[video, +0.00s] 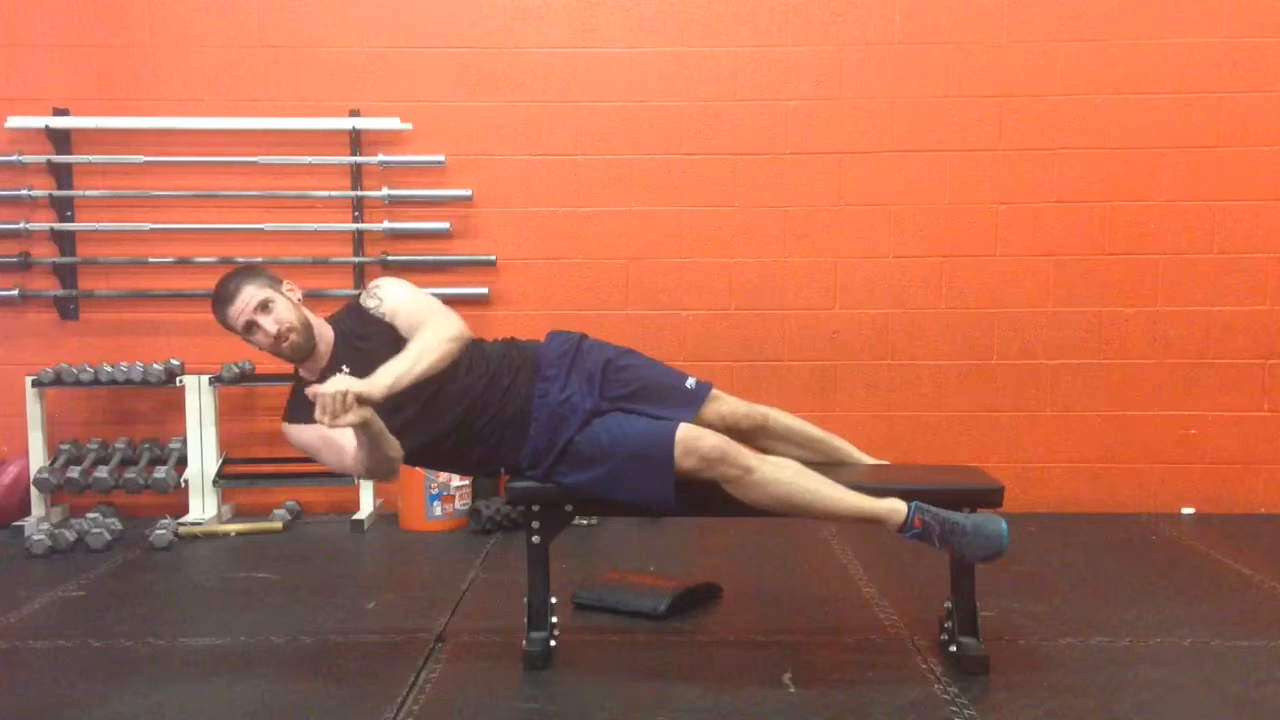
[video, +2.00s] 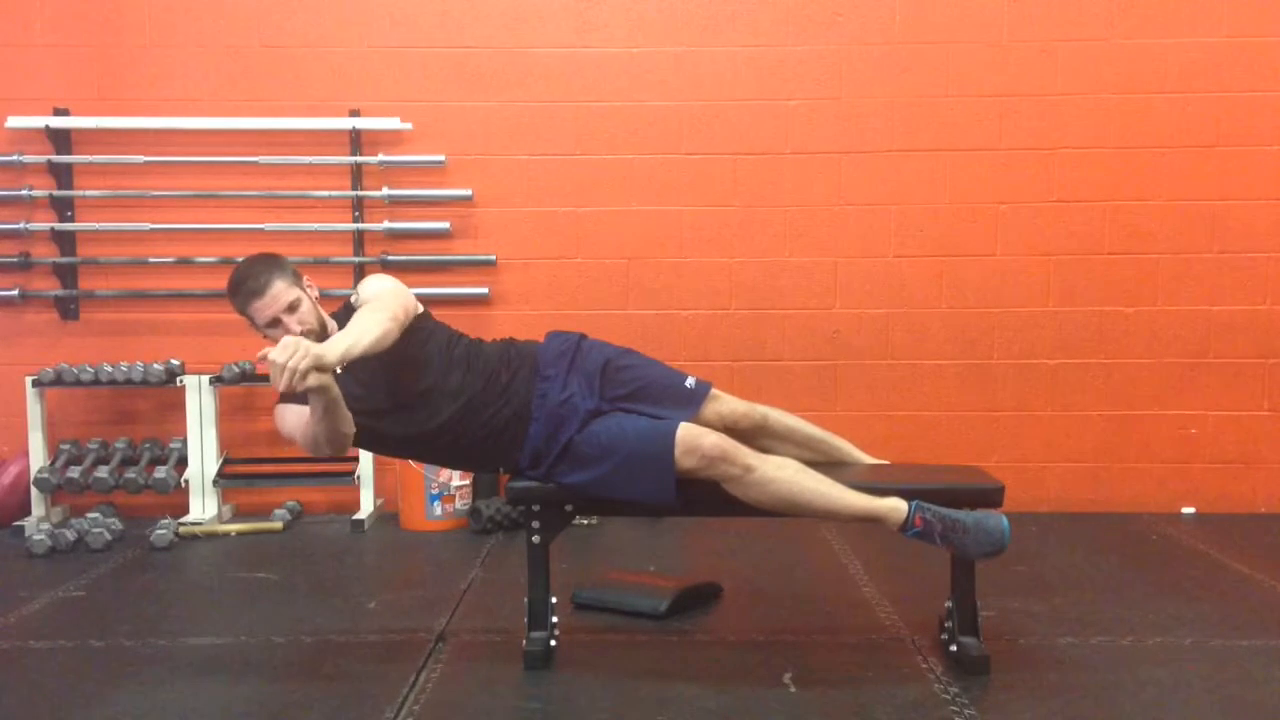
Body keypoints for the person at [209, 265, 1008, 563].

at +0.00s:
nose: (268, 329)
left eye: (266, 309)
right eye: (250, 331)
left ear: (290, 291)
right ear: (249, 349)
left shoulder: (372, 297)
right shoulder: (306, 417)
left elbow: (449, 334)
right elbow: (388, 470)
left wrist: (373, 388)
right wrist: (357, 421)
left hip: (565, 368)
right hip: (545, 451)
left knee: (740, 416)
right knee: (709, 453)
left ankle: (912, 495)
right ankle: (914, 520)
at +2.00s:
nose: (290, 326)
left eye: (290, 308)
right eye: (271, 325)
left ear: (313, 286)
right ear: (261, 339)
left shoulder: (373, 295)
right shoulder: (307, 402)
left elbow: (389, 322)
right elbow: (333, 447)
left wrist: (329, 354)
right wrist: (305, 391)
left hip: (567, 366)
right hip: (546, 449)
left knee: (737, 416)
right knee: (709, 454)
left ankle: (908, 491)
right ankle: (911, 519)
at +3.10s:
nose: (308, 305)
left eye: (309, 287)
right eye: (287, 303)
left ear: (324, 274)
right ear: (268, 318)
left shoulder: (376, 291)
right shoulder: (306, 399)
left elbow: (469, 315)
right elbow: (384, 452)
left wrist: (406, 362)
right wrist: (403, 374)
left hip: (566, 363)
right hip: (541, 442)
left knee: (739, 416)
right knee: (720, 461)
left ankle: (900, 483)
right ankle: (906, 520)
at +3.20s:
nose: (325, 295)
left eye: (327, 277)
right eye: (302, 294)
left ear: (339, 263)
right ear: (279, 307)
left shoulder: (393, 287)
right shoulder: (312, 392)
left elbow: (520, 333)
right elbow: (396, 450)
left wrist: (475, 393)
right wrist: (476, 379)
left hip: (582, 364)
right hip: (547, 443)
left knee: (748, 418)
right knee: (721, 465)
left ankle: (904, 487)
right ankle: (911, 523)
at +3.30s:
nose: (359, 265)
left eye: (361, 247)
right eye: (338, 259)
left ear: (368, 238)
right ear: (302, 271)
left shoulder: (414, 276)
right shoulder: (319, 375)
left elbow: (535, 297)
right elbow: (419, 435)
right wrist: (512, 410)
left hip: (580, 365)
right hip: (543, 444)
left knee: (748, 416)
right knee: (717, 460)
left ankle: (892, 480)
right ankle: (915, 523)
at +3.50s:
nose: (433, 211)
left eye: (430, 198)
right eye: (417, 201)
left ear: (418, 198)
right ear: (369, 209)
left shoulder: (451, 249)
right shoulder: (344, 322)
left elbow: (561, 274)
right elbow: (443, 399)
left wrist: (667, 288)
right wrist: (564, 389)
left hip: (583, 367)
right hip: (547, 434)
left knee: (755, 420)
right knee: (713, 461)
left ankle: (890, 498)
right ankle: (914, 522)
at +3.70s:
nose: (521, 180)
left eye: (523, 165)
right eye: (511, 165)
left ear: (491, 161)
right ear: (463, 160)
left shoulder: (507, 233)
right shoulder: (409, 263)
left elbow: (595, 285)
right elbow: (500, 356)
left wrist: (686, 306)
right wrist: (622, 389)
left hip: (602, 367)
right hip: (555, 426)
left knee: (767, 420)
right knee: (710, 462)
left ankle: (872, 508)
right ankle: (904, 522)